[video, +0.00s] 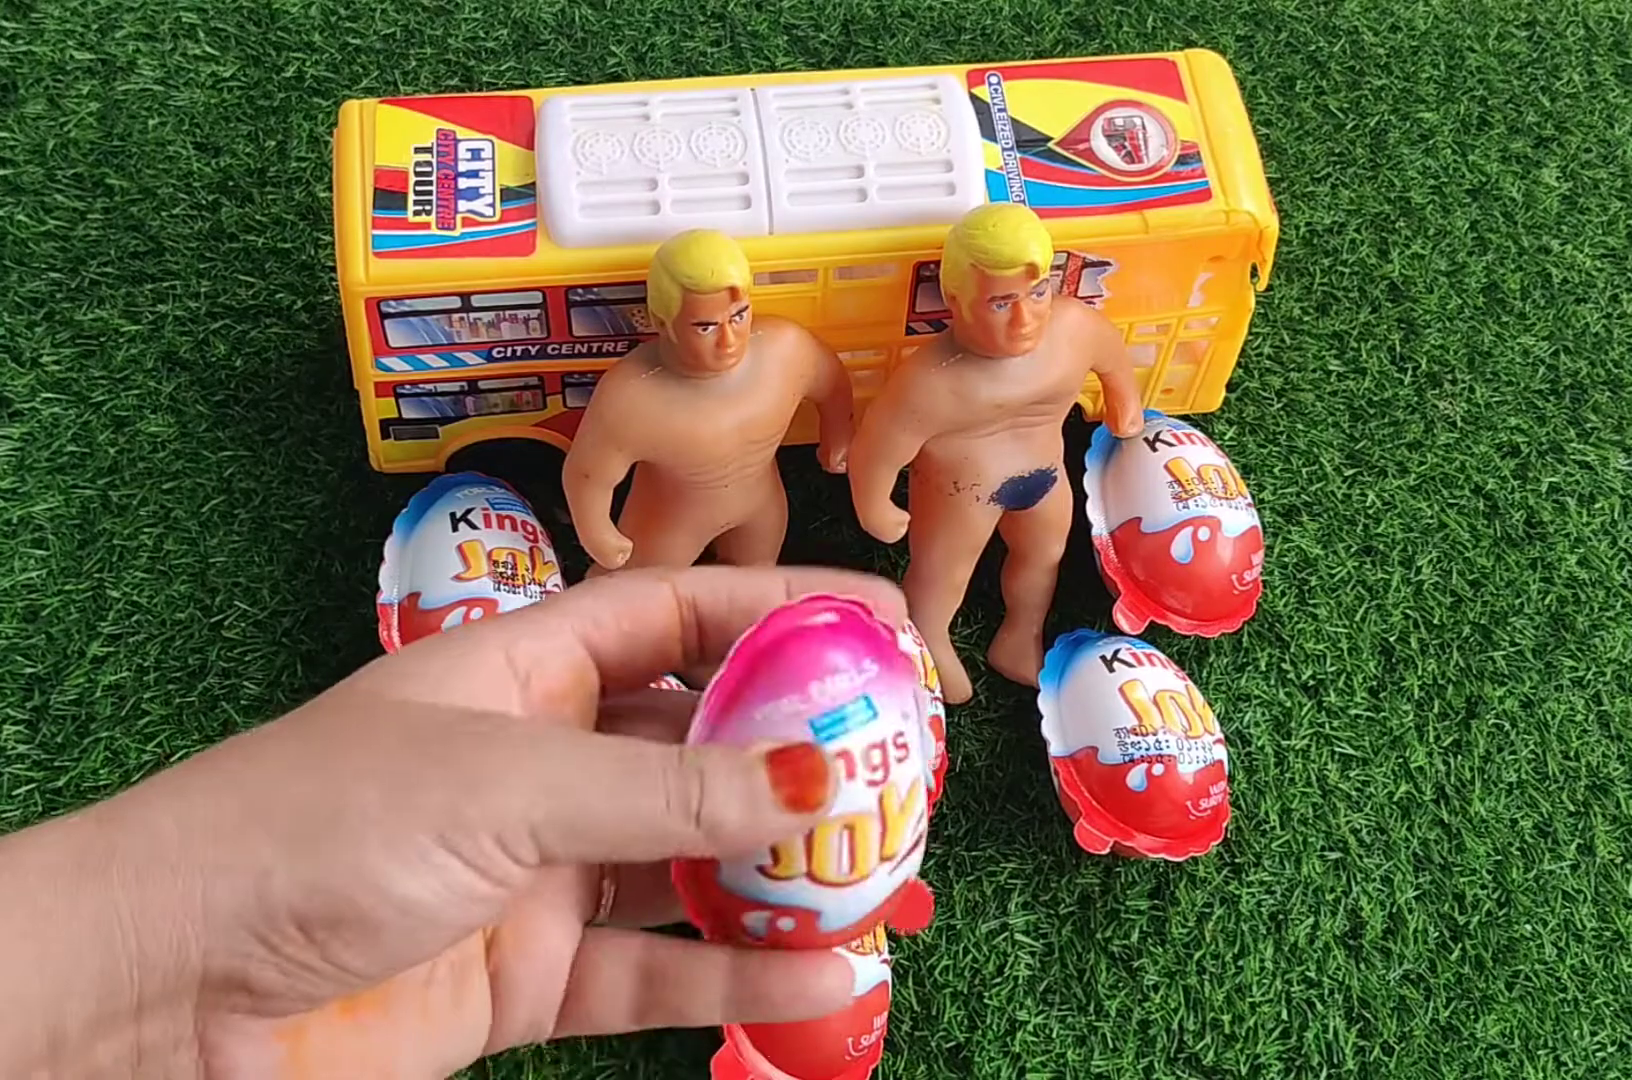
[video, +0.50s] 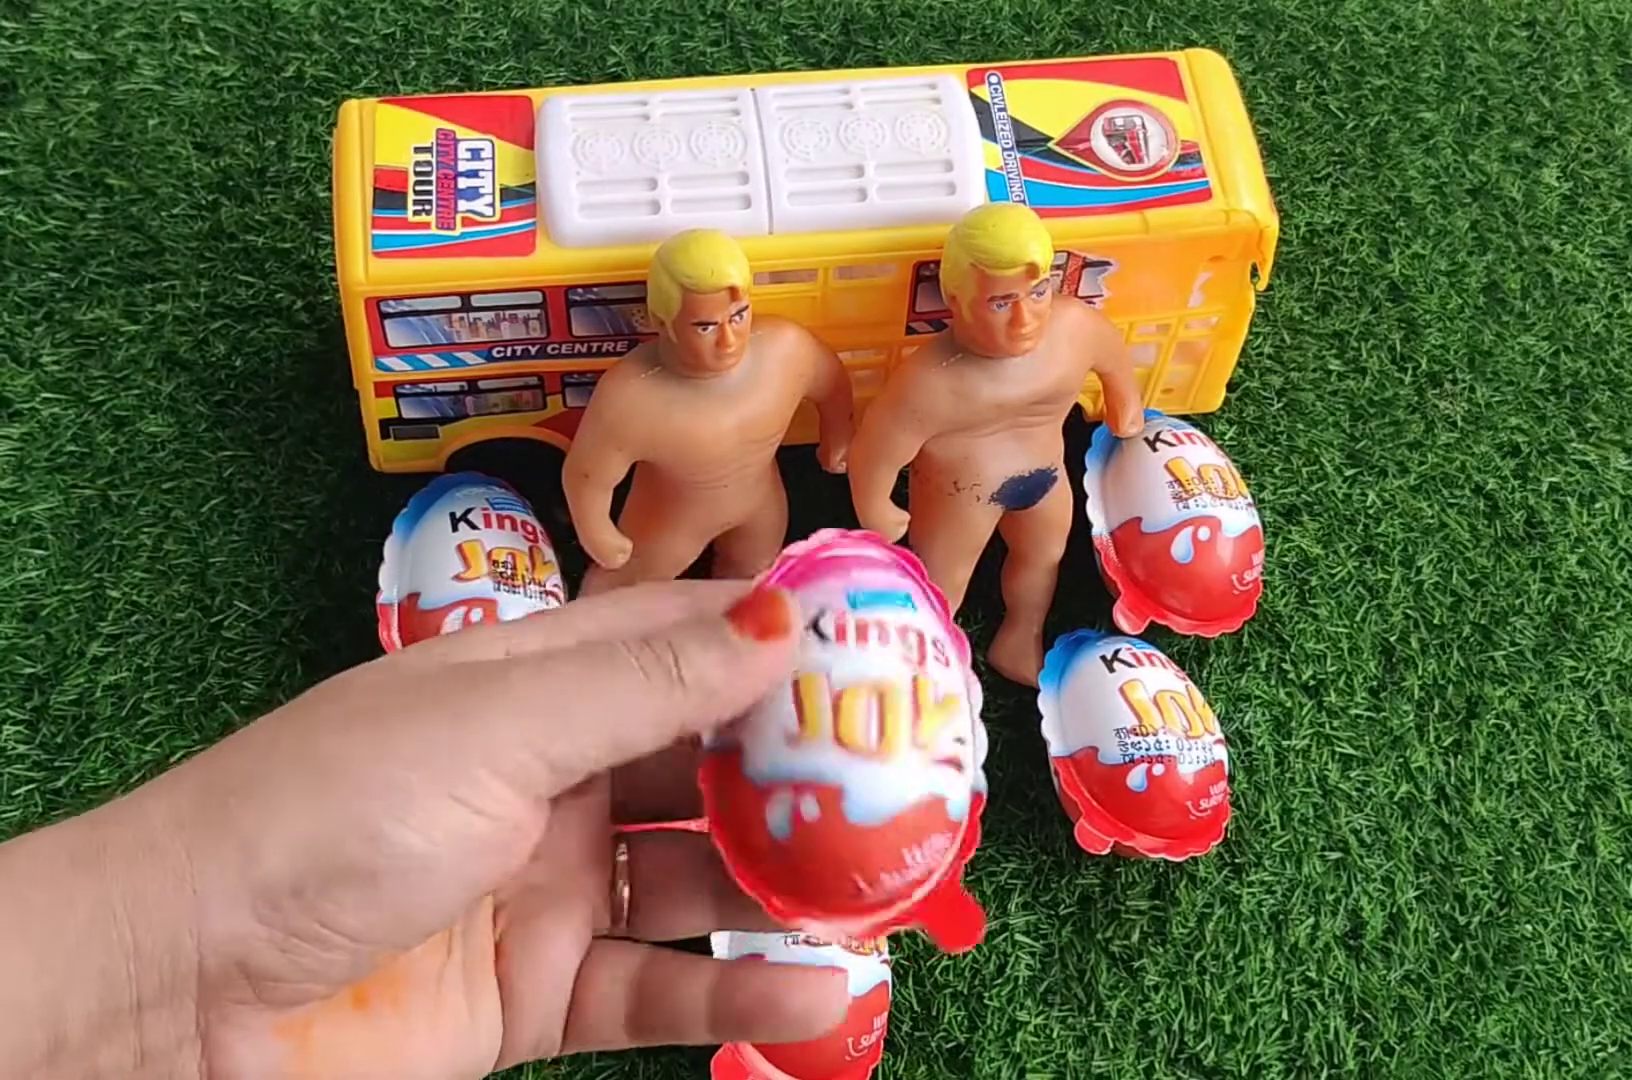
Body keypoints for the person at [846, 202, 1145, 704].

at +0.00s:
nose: (1023, 316)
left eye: (1036, 294)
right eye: (999, 302)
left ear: (1050, 284)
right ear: (953, 304)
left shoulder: (1079, 327)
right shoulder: (927, 382)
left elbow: (1113, 360)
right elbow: (874, 453)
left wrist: (1126, 408)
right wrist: (877, 514)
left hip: (1045, 475)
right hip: (959, 489)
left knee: (1041, 559)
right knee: (942, 575)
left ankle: (1021, 641)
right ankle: (930, 641)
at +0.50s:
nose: (1024, 317)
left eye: (1037, 294)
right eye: (1000, 302)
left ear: (1051, 283)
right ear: (953, 303)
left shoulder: (1079, 328)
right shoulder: (927, 381)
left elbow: (1115, 362)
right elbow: (871, 458)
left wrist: (1126, 410)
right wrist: (879, 516)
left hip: (1044, 479)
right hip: (958, 492)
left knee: (1040, 563)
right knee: (940, 584)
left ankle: (1020, 643)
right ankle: (922, 662)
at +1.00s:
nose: (1023, 317)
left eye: (1036, 294)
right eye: (1000, 302)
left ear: (1050, 284)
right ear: (953, 304)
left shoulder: (1079, 328)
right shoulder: (927, 382)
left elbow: (1114, 360)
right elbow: (873, 453)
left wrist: (1126, 410)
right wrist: (878, 515)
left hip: (1045, 477)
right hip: (959, 493)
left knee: (1041, 560)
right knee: (942, 578)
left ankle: (1021, 642)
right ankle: (933, 642)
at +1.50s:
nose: (1025, 317)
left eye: (1038, 294)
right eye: (1001, 303)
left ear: (1051, 284)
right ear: (952, 303)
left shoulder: (1079, 328)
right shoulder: (928, 381)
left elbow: (1116, 364)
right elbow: (869, 466)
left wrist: (1127, 411)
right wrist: (886, 546)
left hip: (1044, 478)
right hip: (958, 491)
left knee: (1041, 563)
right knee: (943, 578)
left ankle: (1020, 644)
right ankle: (933, 654)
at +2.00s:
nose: (1025, 318)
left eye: (1037, 294)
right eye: (1000, 303)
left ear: (1052, 284)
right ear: (952, 303)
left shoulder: (1079, 327)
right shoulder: (927, 382)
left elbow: (1116, 364)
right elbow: (870, 466)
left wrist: (1127, 412)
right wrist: (886, 548)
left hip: (1044, 477)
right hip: (959, 489)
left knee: (1040, 563)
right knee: (947, 571)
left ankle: (1023, 645)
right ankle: (936, 649)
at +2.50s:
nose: (1025, 318)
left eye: (1038, 294)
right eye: (1001, 303)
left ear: (1051, 284)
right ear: (952, 303)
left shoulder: (1079, 327)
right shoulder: (928, 381)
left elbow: (1116, 364)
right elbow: (871, 459)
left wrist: (1127, 410)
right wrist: (879, 516)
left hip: (1044, 478)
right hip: (959, 491)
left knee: (1040, 565)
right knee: (942, 579)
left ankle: (1023, 644)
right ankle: (928, 656)